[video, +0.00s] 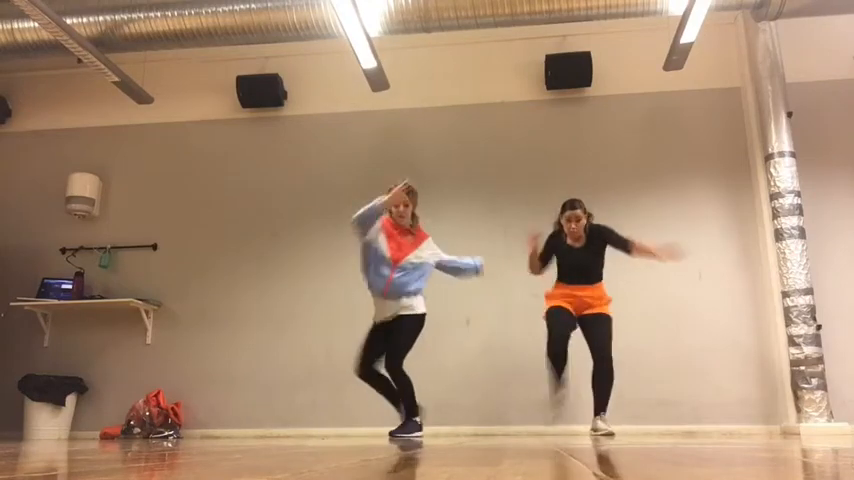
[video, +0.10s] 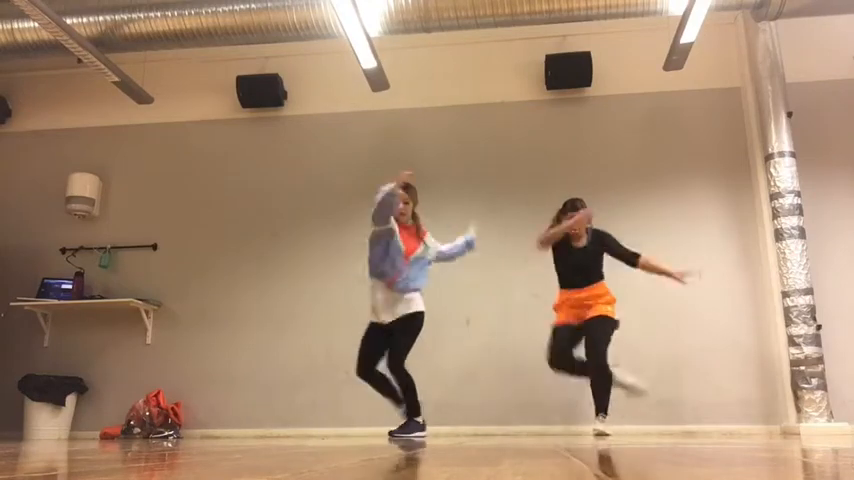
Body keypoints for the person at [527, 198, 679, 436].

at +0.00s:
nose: (573, 225)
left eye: (577, 219)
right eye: (568, 220)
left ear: (586, 219)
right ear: (561, 221)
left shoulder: (599, 233)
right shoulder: (556, 239)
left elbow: (630, 247)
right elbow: (537, 269)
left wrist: (656, 253)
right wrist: (533, 252)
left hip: (594, 302)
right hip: (562, 301)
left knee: (603, 356)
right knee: (557, 335)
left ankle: (599, 418)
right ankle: (558, 385)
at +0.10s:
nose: (572, 226)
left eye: (576, 221)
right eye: (568, 222)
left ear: (585, 221)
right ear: (562, 223)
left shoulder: (599, 239)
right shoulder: (557, 241)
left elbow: (634, 259)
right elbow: (543, 242)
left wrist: (671, 273)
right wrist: (572, 222)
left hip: (598, 305)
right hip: (569, 308)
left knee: (596, 358)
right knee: (558, 360)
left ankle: (601, 417)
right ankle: (609, 374)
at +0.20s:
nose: (588, 226)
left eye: (591, 220)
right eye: (582, 221)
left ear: (596, 219)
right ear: (572, 221)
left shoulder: (600, 241)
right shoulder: (565, 237)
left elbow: (624, 248)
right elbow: (561, 222)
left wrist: (652, 246)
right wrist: (567, 209)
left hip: (596, 302)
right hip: (569, 309)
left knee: (589, 359)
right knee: (586, 371)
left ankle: (598, 418)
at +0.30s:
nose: (593, 225)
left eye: (595, 219)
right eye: (587, 221)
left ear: (599, 216)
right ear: (576, 220)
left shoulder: (604, 231)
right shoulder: (566, 231)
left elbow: (625, 225)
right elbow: (540, 227)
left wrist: (645, 212)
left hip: (604, 299)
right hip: (575, 303)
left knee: (604, 355)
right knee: (586, 364)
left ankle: (603, 417)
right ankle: (606, 413)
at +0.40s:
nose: (590, 224)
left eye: (592, 219)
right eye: (584, 221)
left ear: (597, 214)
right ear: (573, 219)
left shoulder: (601, 219)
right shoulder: (566, 233)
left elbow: (616, 200)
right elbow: (527, 247)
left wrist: (633, 174)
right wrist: (492, 241)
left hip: (608, 299)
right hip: (580, 300)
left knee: (618, 360)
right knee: (583, 358)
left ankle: (604, 418)